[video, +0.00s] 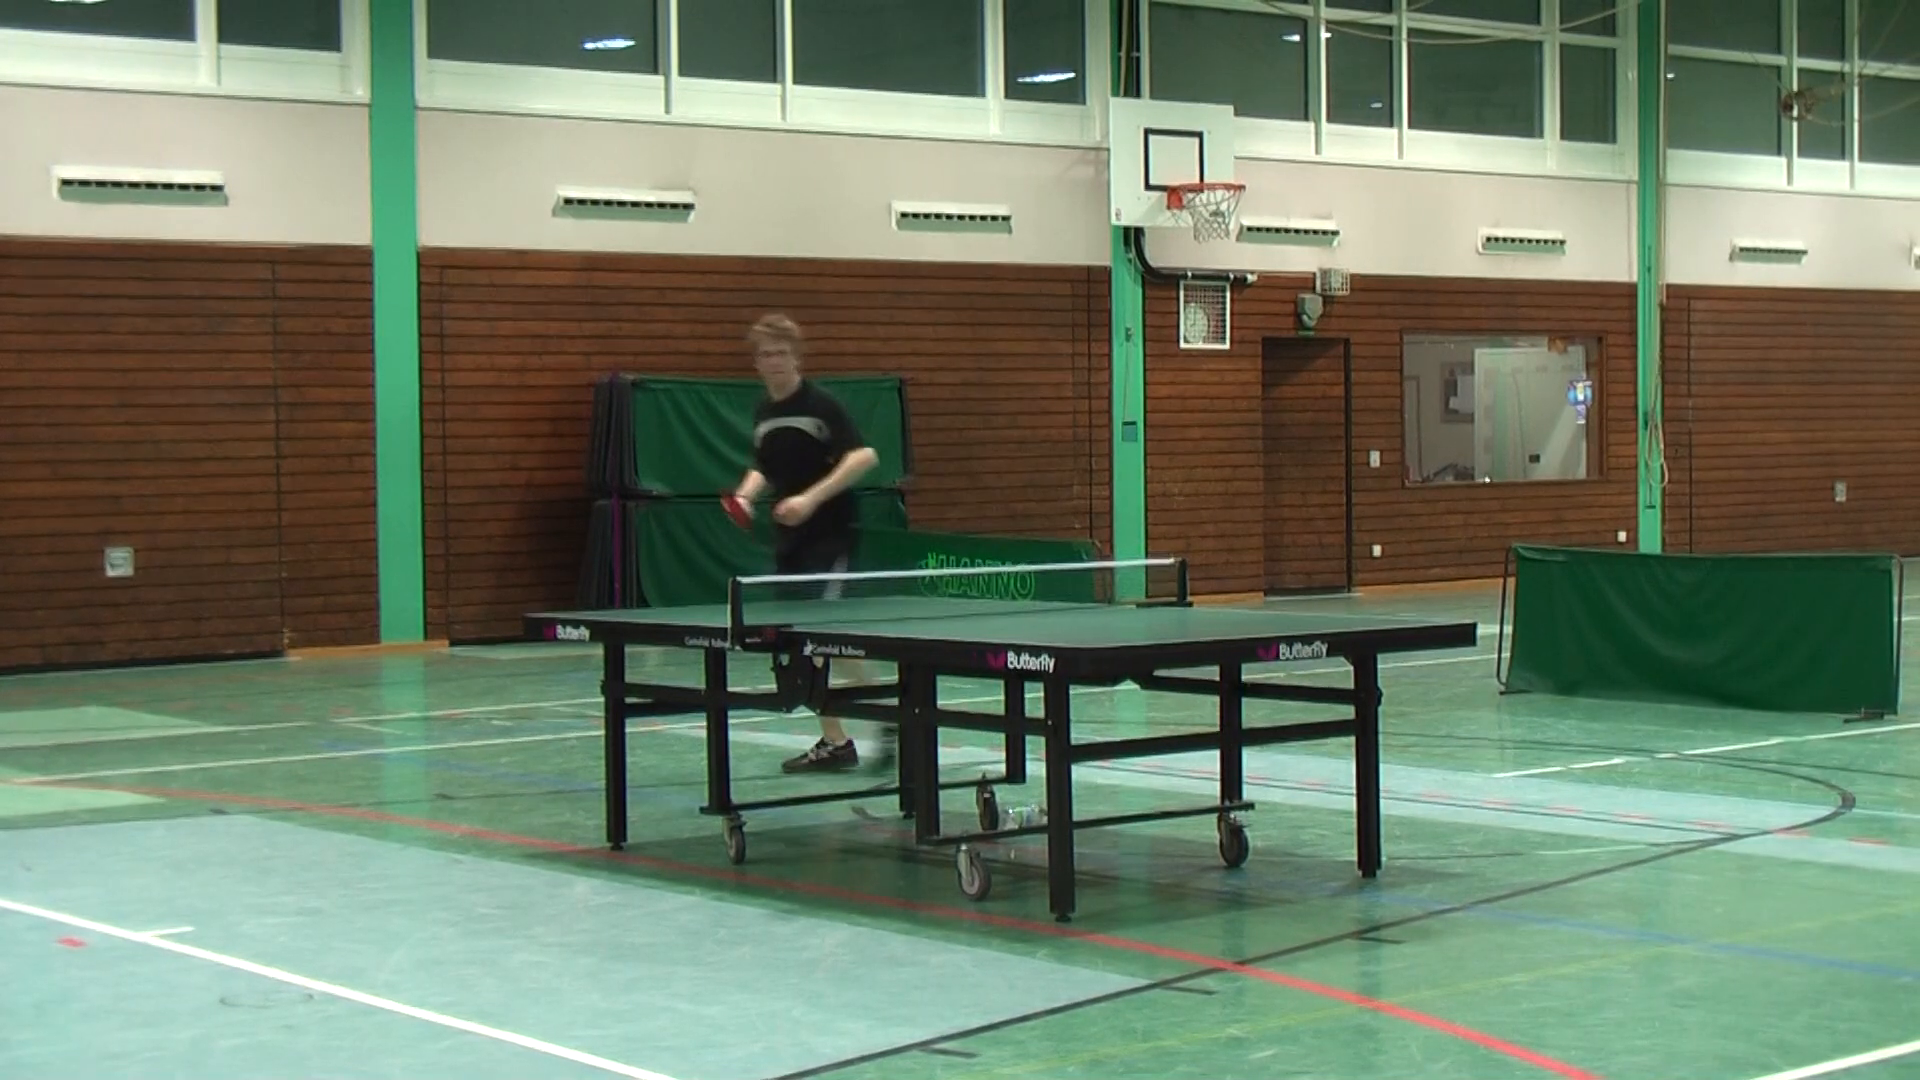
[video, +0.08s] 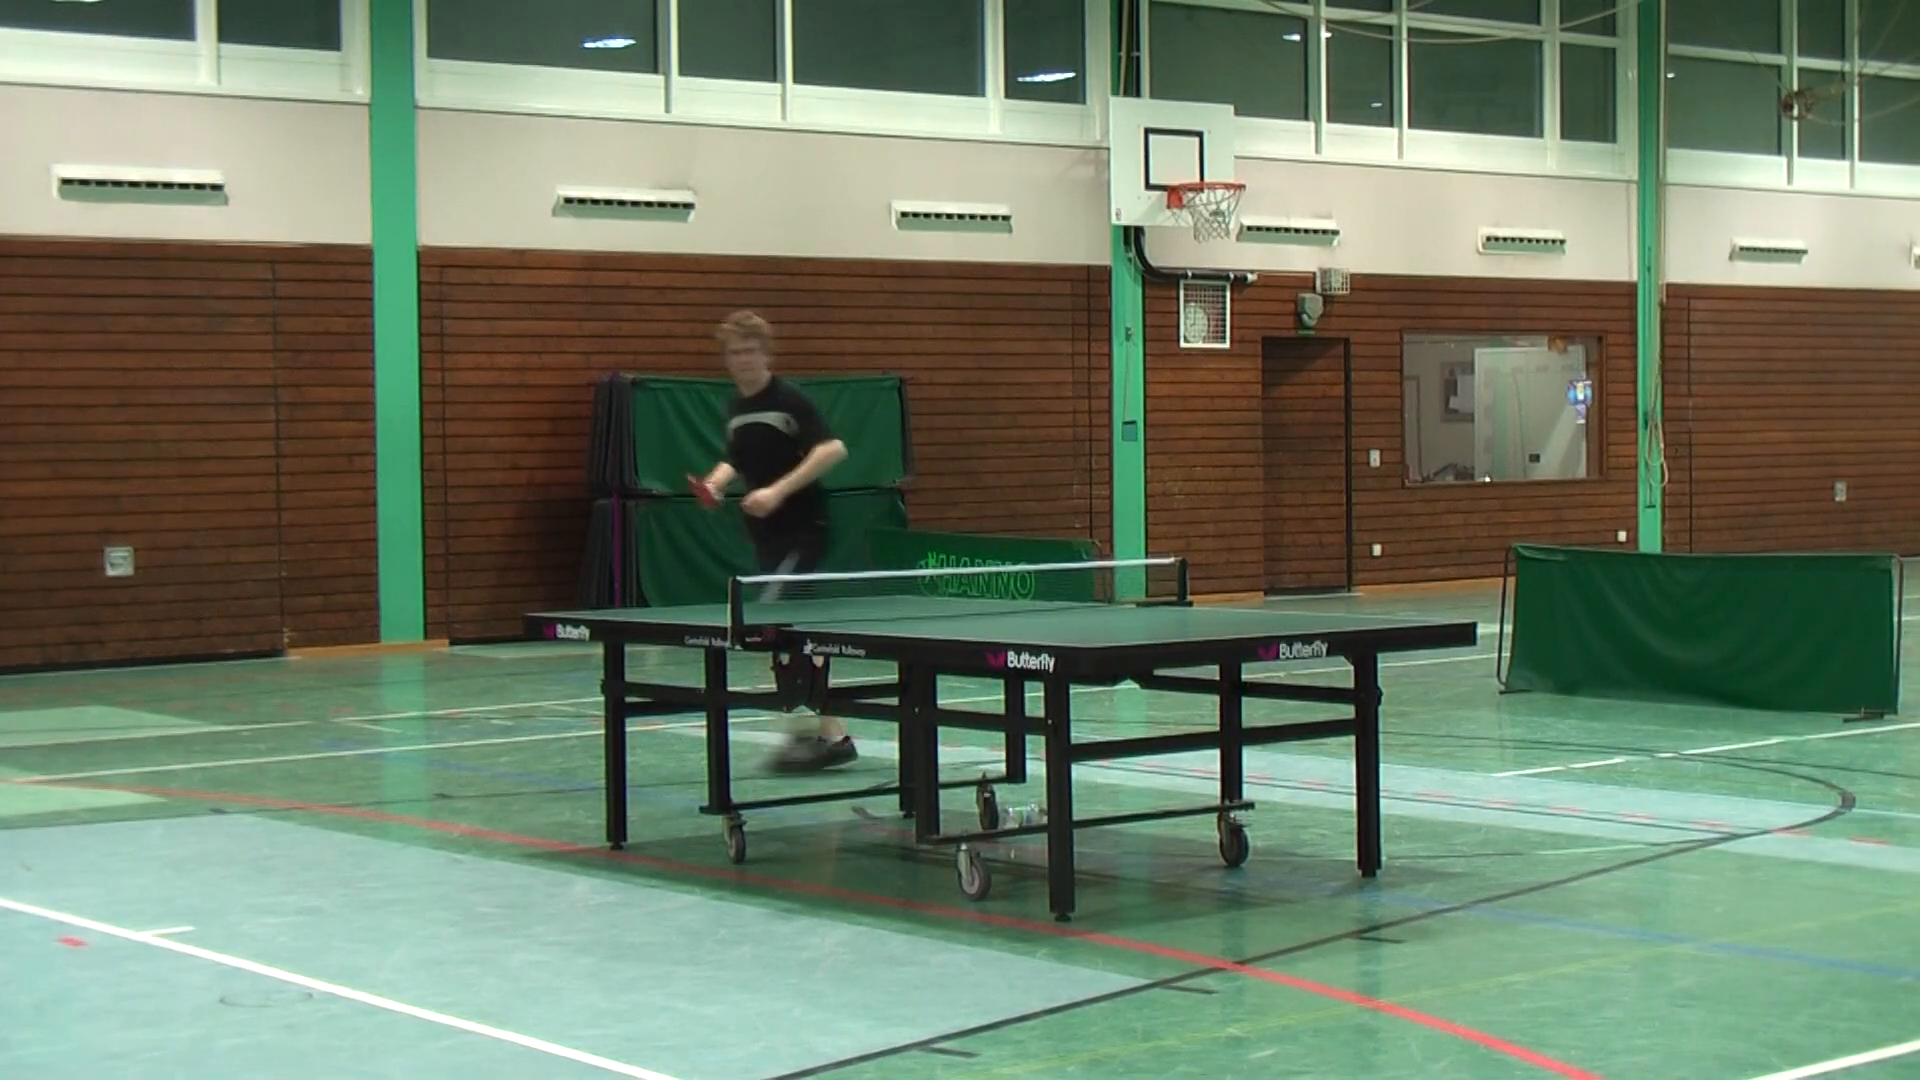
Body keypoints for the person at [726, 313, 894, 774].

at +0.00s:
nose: (774, 363)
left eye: (782, 354)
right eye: (766, 356)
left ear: (798, 356)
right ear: (756, 363)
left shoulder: (821, 404)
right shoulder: (764, 412)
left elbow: (863, 456)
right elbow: (765, 465)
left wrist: (809, 498)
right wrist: (745, 494)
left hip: (831, 539)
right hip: (791, 540)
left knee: (826, 633)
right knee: (799, 641)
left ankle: (888, 714)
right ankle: (835, 739)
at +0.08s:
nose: (744, 361)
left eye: (751, 352)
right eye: (735, 354)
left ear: (768, 353)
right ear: (725, 359)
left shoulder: (790, 400)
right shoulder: (736, 406)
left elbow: (833, 448)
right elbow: (738, 458)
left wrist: (776, 490)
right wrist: (715, 482)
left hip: (803, 535)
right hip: (768, 536)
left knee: (778, 624)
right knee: (797, 631)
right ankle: (831, 731)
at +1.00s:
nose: (409, 360)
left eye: (415, 353)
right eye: (410, 353)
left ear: (438, 357)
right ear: (435, 357)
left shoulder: (457, 404)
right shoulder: (435, 406)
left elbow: (467, 471)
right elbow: (437, 488)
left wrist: (445, 538)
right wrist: (420, 549)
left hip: (465, 534)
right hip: (445, 534)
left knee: (424, 633)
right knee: (432, 637)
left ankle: (506, 710)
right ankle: (449, 743)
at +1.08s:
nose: (392, 356)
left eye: (400, 349)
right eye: (393, 348)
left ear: (424, 355)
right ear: (418, 355)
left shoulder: (443, 401)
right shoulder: (419, 401)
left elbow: (465, 463)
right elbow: (427, 474)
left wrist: (452, 533)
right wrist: (402, 518)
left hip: (438, 536)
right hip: (423, 534)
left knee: (392, 625)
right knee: (437, 635)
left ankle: (446, 725)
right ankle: (447, 736)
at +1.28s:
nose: (349, 364)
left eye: (355, 357)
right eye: (351, 356)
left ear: (378, 364)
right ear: (375, 364)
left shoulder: (404, 416)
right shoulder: (371, 415)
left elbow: (434, 477)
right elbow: (369, 481)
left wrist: (445, 545)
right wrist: (321, 499)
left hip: (397, 552)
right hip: (381, 549)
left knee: (355, 647)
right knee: (413, 640)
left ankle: (310, 747)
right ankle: (449, 741)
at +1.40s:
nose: (326, 369)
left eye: (332, 361)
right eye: (328, 361)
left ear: (352, 367)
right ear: (358, 368)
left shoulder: (379, 421)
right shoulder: (348, 417)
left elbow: (402, 491)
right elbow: (344, 483)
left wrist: (406, 559)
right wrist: (300, 505)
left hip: (364, 554)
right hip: (341, 550)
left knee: (331, 647)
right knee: (361, 645)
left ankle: (301, 751)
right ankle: (425, 720)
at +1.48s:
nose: (313, 370)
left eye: (318, 362)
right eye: (314, 362)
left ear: (337, 367)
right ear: (345, 367)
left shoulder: (367, 422)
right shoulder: (336, 416)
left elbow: (383, 494)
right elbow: (330, 484)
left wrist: (370, 562)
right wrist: (296, 517)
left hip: (344, 551)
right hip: (319, 546)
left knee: (322, 648)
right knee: (306, 643)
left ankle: (303, 751)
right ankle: (386, 704)